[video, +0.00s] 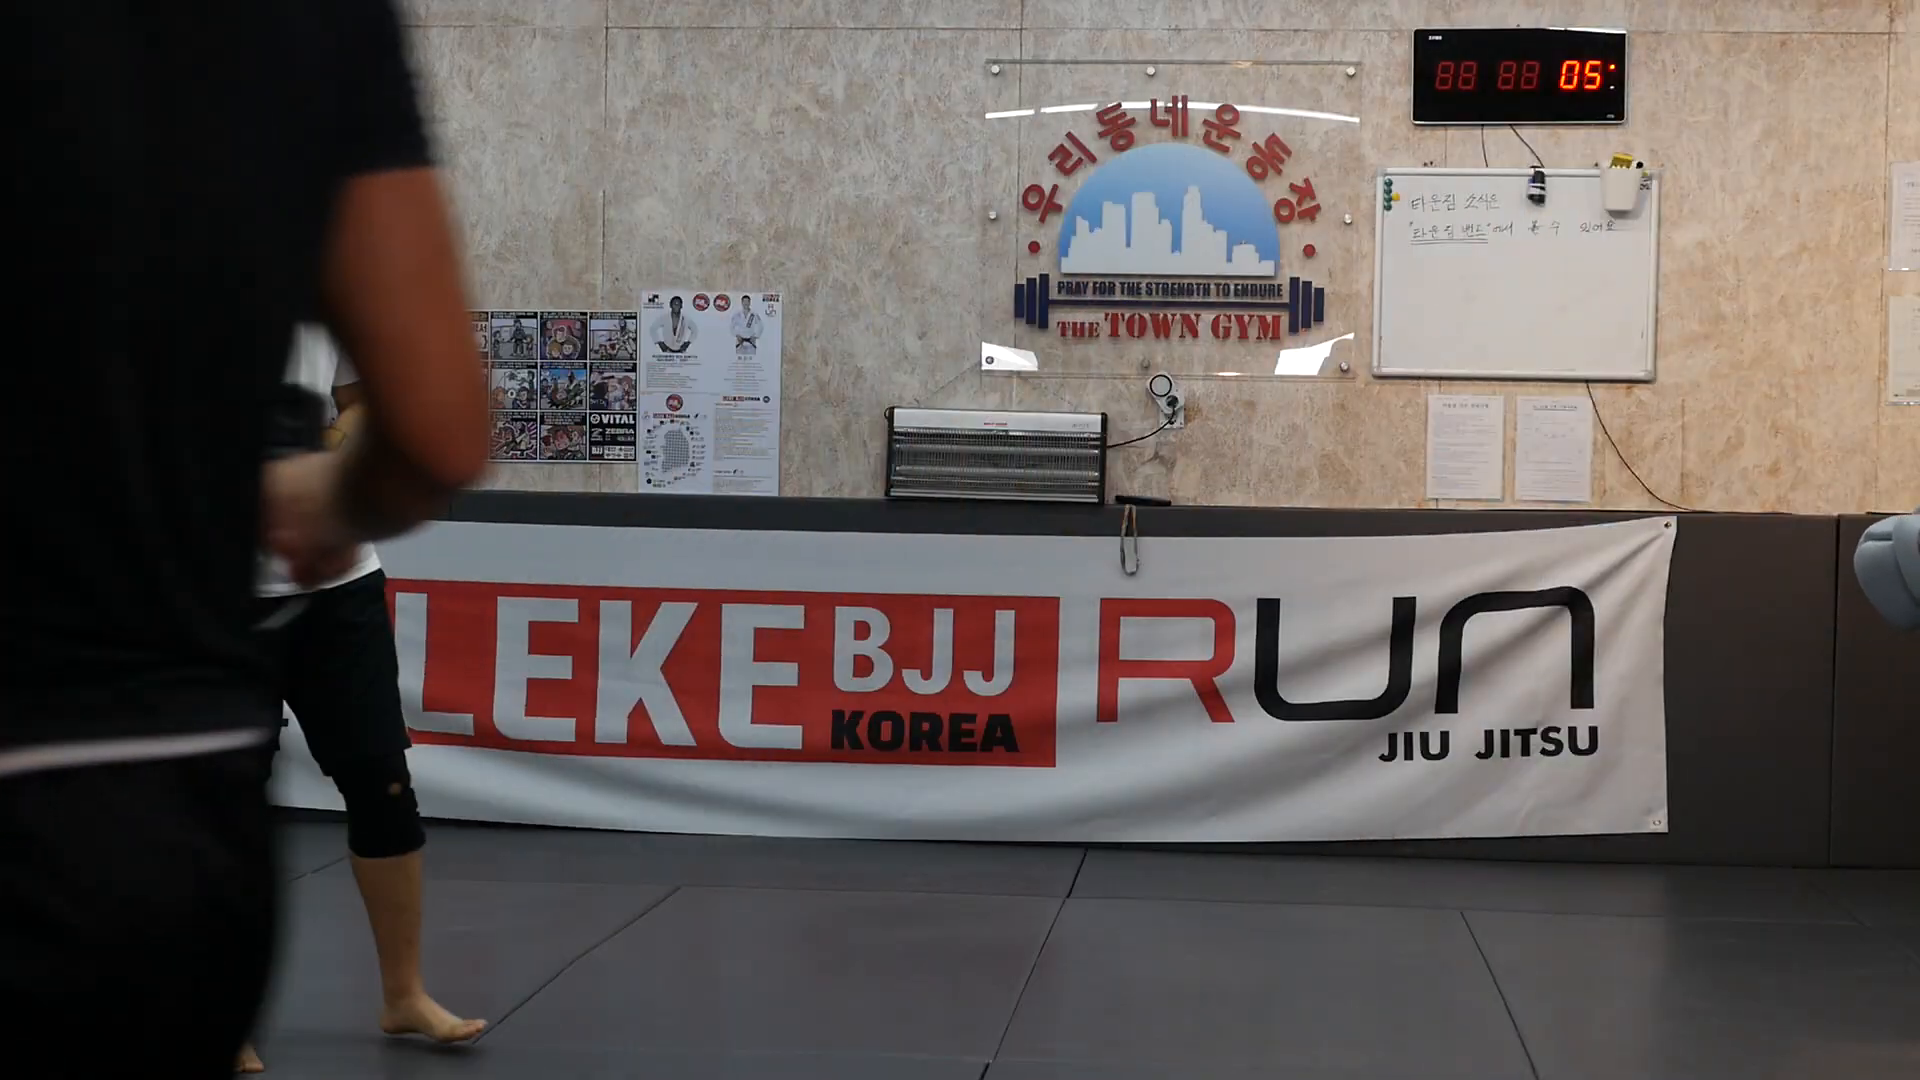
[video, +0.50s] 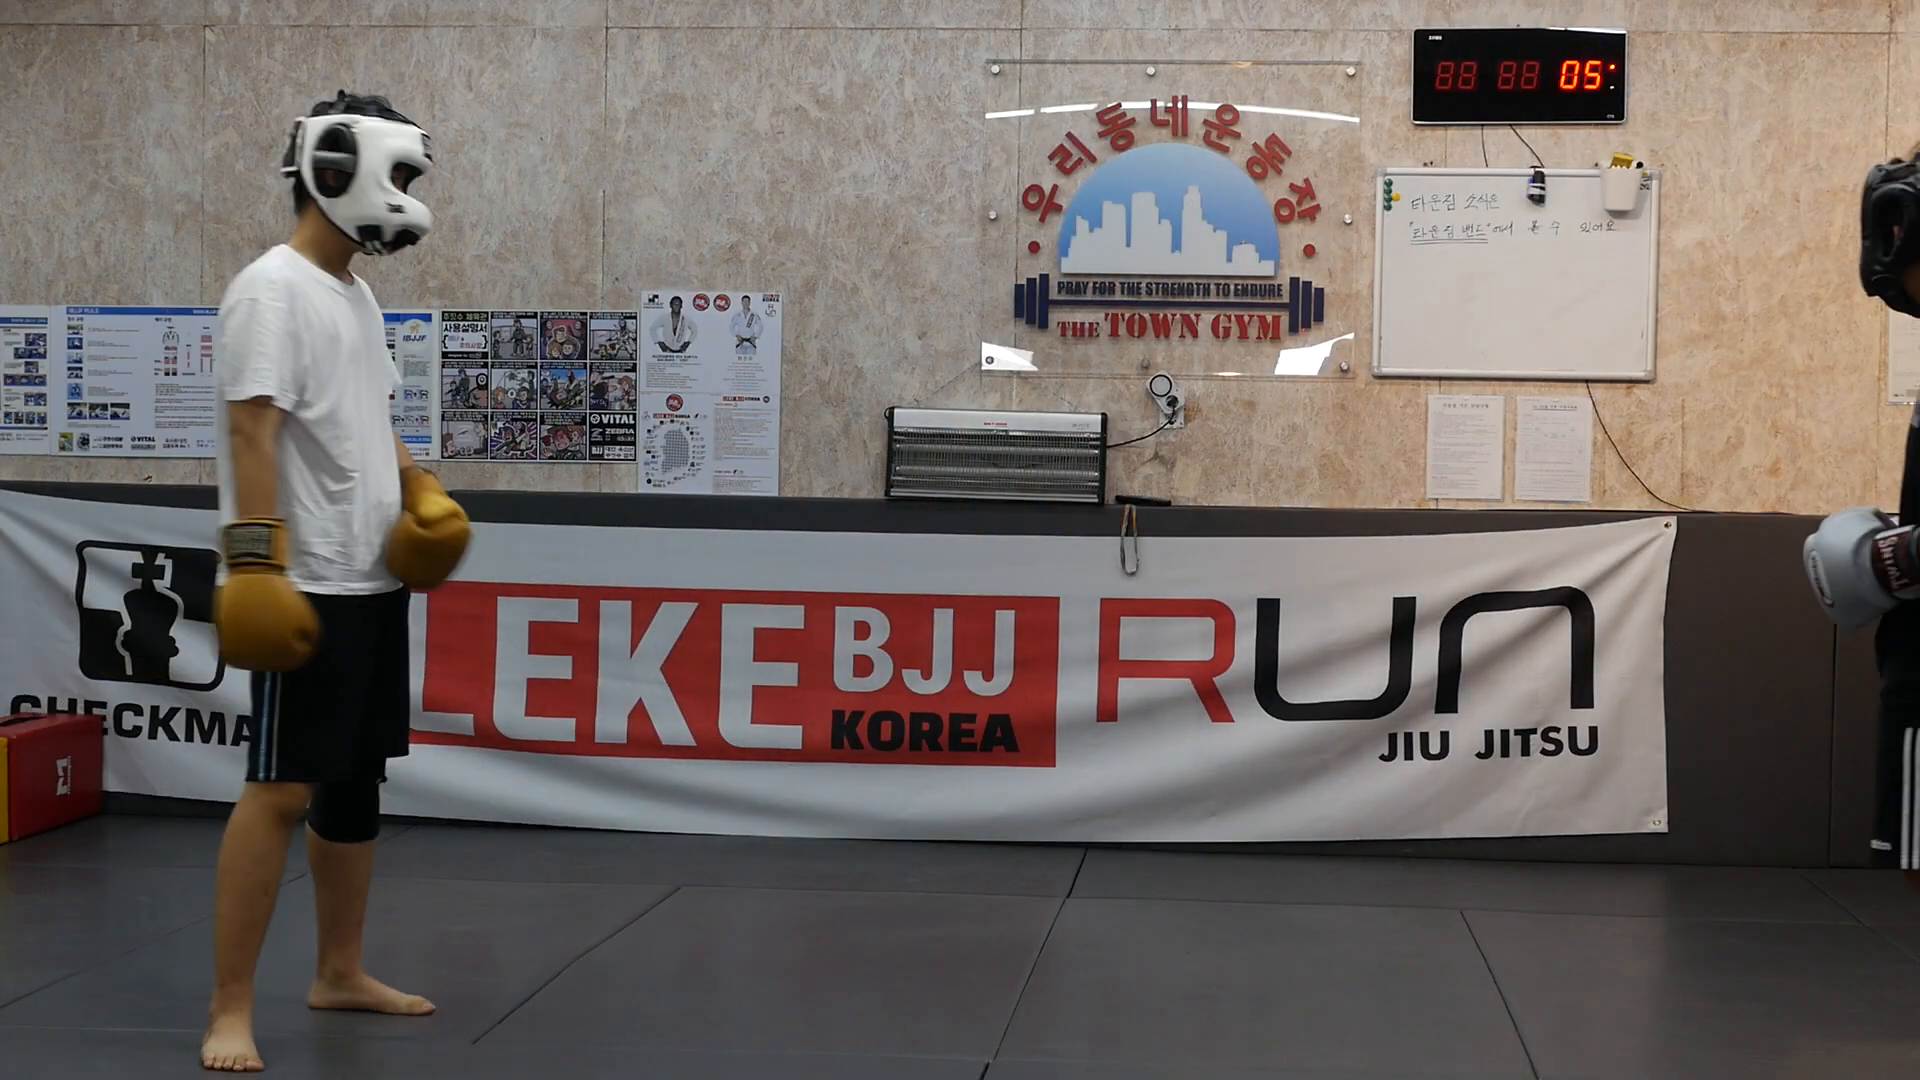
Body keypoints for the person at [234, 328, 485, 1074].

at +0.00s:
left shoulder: (318, 288)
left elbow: (360, 406)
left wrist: (322, 485)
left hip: (333, 584)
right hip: (221, 596)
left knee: (382, 786)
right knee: (221, 818)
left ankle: (405, 994)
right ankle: (221, 1023)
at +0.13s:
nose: (311, 180)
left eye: (321, 165)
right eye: (290, 159)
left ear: (329, 178)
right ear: (230, 163)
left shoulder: (334, 283)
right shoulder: (170, 293)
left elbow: (369, 402)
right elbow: (121, 442)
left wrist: (345, 451)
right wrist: (121, 566)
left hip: (344, 583)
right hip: (230, 590)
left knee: (389, 784)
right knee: (228, 797)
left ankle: (381, 974)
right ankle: (224, 1019)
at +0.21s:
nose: (327, 180)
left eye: (339, 165)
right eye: (308, 161)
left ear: (350, 175)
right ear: (251, 159)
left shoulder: (342, 289)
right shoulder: (187, 287)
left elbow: (371, 407)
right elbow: (148, 441)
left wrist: (359, 453)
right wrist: (134, 575)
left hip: (347, 578)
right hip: (236, 585)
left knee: (385, 776)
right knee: (237, 792)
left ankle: (357, 960)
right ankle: (225, 1016)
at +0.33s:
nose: (365, 182)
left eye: (371, 168)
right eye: (348, 164)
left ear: (367, 180)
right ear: (289, 165)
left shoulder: (352, 289)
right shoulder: (222, 286)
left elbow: (378, 412)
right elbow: (185, 426)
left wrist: (380, 465)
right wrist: (158, 562)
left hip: (359, 580)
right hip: (262, 583)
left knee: (368, 781)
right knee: (251, 792)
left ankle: (344, 969)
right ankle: (227, 1014)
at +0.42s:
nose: (391, 188)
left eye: (395, 173)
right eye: (376, 169)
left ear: (367, 181)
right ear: (315, 168)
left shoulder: (359, 296)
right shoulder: (247, 286)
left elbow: (381, 423)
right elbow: (217, 425)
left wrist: (401, 479)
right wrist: (204, 562)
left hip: (367, 584)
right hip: (282, 584)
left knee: (357, 786)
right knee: (264, 791)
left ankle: (342, 972)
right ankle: (229, 1014)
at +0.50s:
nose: (409, 197)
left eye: (413, 178)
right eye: (396, 177)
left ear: (354, 182)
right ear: (339, 175)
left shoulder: (356, 296)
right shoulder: (270, 288)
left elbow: (371, 429)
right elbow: (251, 429)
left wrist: (420, 491)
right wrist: (258, 562)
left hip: (375, 584)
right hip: (305, 584)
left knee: (353, 785)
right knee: (279, 790)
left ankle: (341, 973)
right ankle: (231, 1010)